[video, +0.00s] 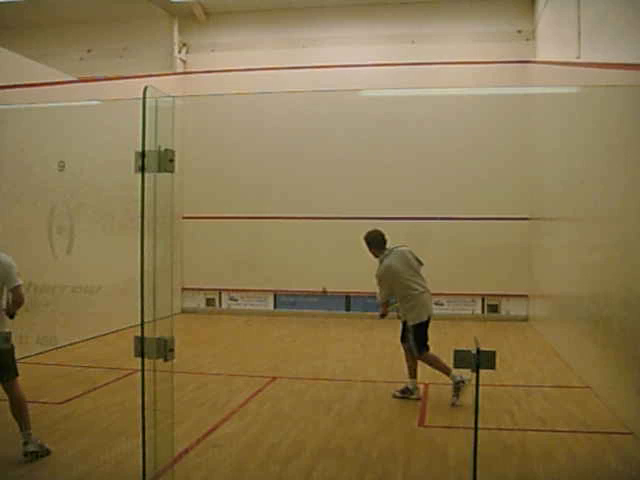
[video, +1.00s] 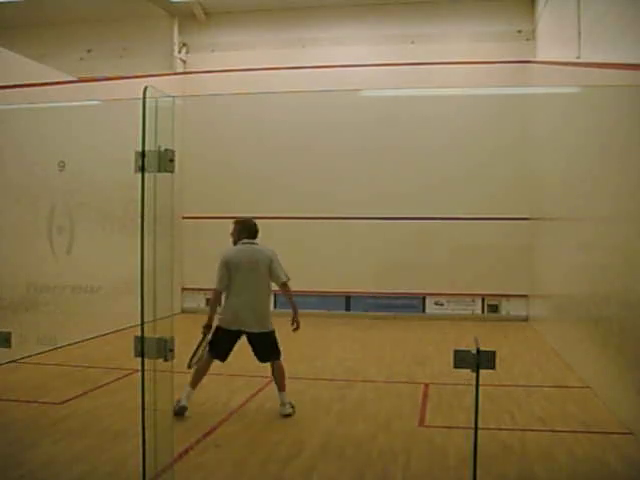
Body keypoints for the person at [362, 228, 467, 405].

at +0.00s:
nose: (369, 251)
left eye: (368, 248)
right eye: (369, 248)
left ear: (371, 249)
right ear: (385, 242)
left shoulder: (383, 270)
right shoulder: (404, 251)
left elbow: (384, 297)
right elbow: (419, 264)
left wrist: (383, 311)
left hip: (415, 312)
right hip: (423, 305)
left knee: (420, 352)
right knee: (407, 343)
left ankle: (455, 377)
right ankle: (412, 385)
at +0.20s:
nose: (353, 243)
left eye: (352, 240)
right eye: (356, 238)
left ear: (353, 242)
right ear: (368, 236)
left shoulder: (357, 266)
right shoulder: (389, 249)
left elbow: (365, 291)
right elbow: (404, 274)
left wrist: (385, 292)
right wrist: (398, 290)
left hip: (384, 314)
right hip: (407, 309)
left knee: (378, 346)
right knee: (402, 345)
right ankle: (410, 384)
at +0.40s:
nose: (332, 241)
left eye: (331, 238)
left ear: (331, 239)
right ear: (348, 236)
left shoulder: (330, 262)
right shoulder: (365, 253)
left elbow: (330, 292)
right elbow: (383, 279)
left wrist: (344, 307)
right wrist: (397, 303)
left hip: (348, 316)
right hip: (374, 313)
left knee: (335, 351)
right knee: (391, 350)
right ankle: (405, 384)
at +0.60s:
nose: (299, 225)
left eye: (301, 222)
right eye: (301, 221)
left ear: (306, 224)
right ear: (321, 225)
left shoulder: (297, 246)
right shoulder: (334, 245)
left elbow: (293, 281)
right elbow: (354, 271)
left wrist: (295, 307)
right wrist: (365, 297)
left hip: (309, 309)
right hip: (333, 308)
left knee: (314, 348)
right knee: (342, 345)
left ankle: (322, 389)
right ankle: (347, 386)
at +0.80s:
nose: (270, 226)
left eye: (272, 222)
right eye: (271, 222)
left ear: (278, 225)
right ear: (293, 226)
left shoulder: (268, 249)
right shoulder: (305, 246)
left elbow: (259, 283)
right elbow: (325, 272)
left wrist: (253, 310)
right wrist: (331, 302)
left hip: (270, 313)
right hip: (295, 314)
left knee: (265, 345)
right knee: (289, 354)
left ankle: (266, 386)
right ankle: (286, 399)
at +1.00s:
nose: (230, 235)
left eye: (233, 231)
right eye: (232, 231)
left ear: (240, 234)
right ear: (254, 235)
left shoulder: (229, 256)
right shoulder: (268, 255)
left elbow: (217, 292)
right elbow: (284, 285)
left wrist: (209, 321)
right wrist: (294, 311)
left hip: (230, 319)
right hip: (260, 320)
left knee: (208, 356)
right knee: (275, 360)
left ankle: (185, 398)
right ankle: (284, 403)